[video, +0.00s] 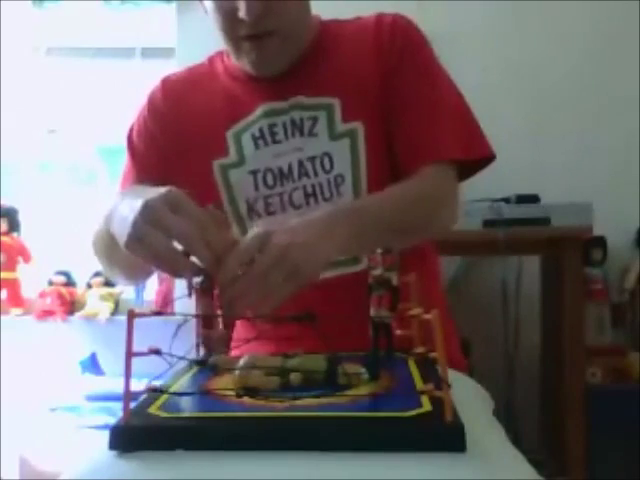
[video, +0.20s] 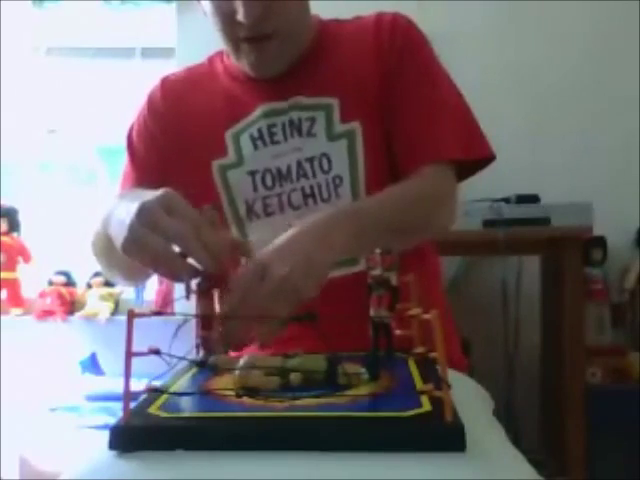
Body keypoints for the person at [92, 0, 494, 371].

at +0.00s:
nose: (245, 12)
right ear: (205, 4)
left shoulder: (386, 46)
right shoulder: (173, 104)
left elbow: (439, 202)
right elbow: (123, 266)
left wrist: (320, 236)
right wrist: (124, 214)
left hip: (403, 367)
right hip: (256, 377)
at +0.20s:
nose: (243, 15)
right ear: (203, 4)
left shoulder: (386, 46)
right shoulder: (172, 104)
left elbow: (437, 201)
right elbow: (122, 265)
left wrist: (317, 244)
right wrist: (123, 218)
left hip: (402, 378)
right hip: (245, 392)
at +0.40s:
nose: (242, 17)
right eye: (221, 1)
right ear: (202, 4)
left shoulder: (385, 46)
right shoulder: (171, 105)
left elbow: (433, 200)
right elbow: (122, 268)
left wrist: (327, 246)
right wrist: (121, 220)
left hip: (400, 379)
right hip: (242, 393)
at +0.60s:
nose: (241, 17)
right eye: (220, 1)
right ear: (201, 4)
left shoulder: (383, 45)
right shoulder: (170, 105)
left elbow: (433, 200)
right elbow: (123, 270)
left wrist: (328, 246)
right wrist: (120, 221)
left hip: (399, 379)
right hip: (242, 393)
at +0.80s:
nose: (240, 18)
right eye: (219, 1)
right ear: (200, 5)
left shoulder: (382, 45)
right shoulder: (169, 105)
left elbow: (432, 200)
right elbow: (122, 269)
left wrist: (329, 235)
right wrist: (118, 222)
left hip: (400, 379)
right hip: (243, 394)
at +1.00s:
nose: (243, 16)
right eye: (221, 0)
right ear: (204, 4)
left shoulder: (382, 44)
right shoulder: (169, 105)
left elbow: (417, 196)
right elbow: (122, 270)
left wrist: (313, 228)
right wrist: (118, 217)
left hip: (402, 376)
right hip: (246, 391)